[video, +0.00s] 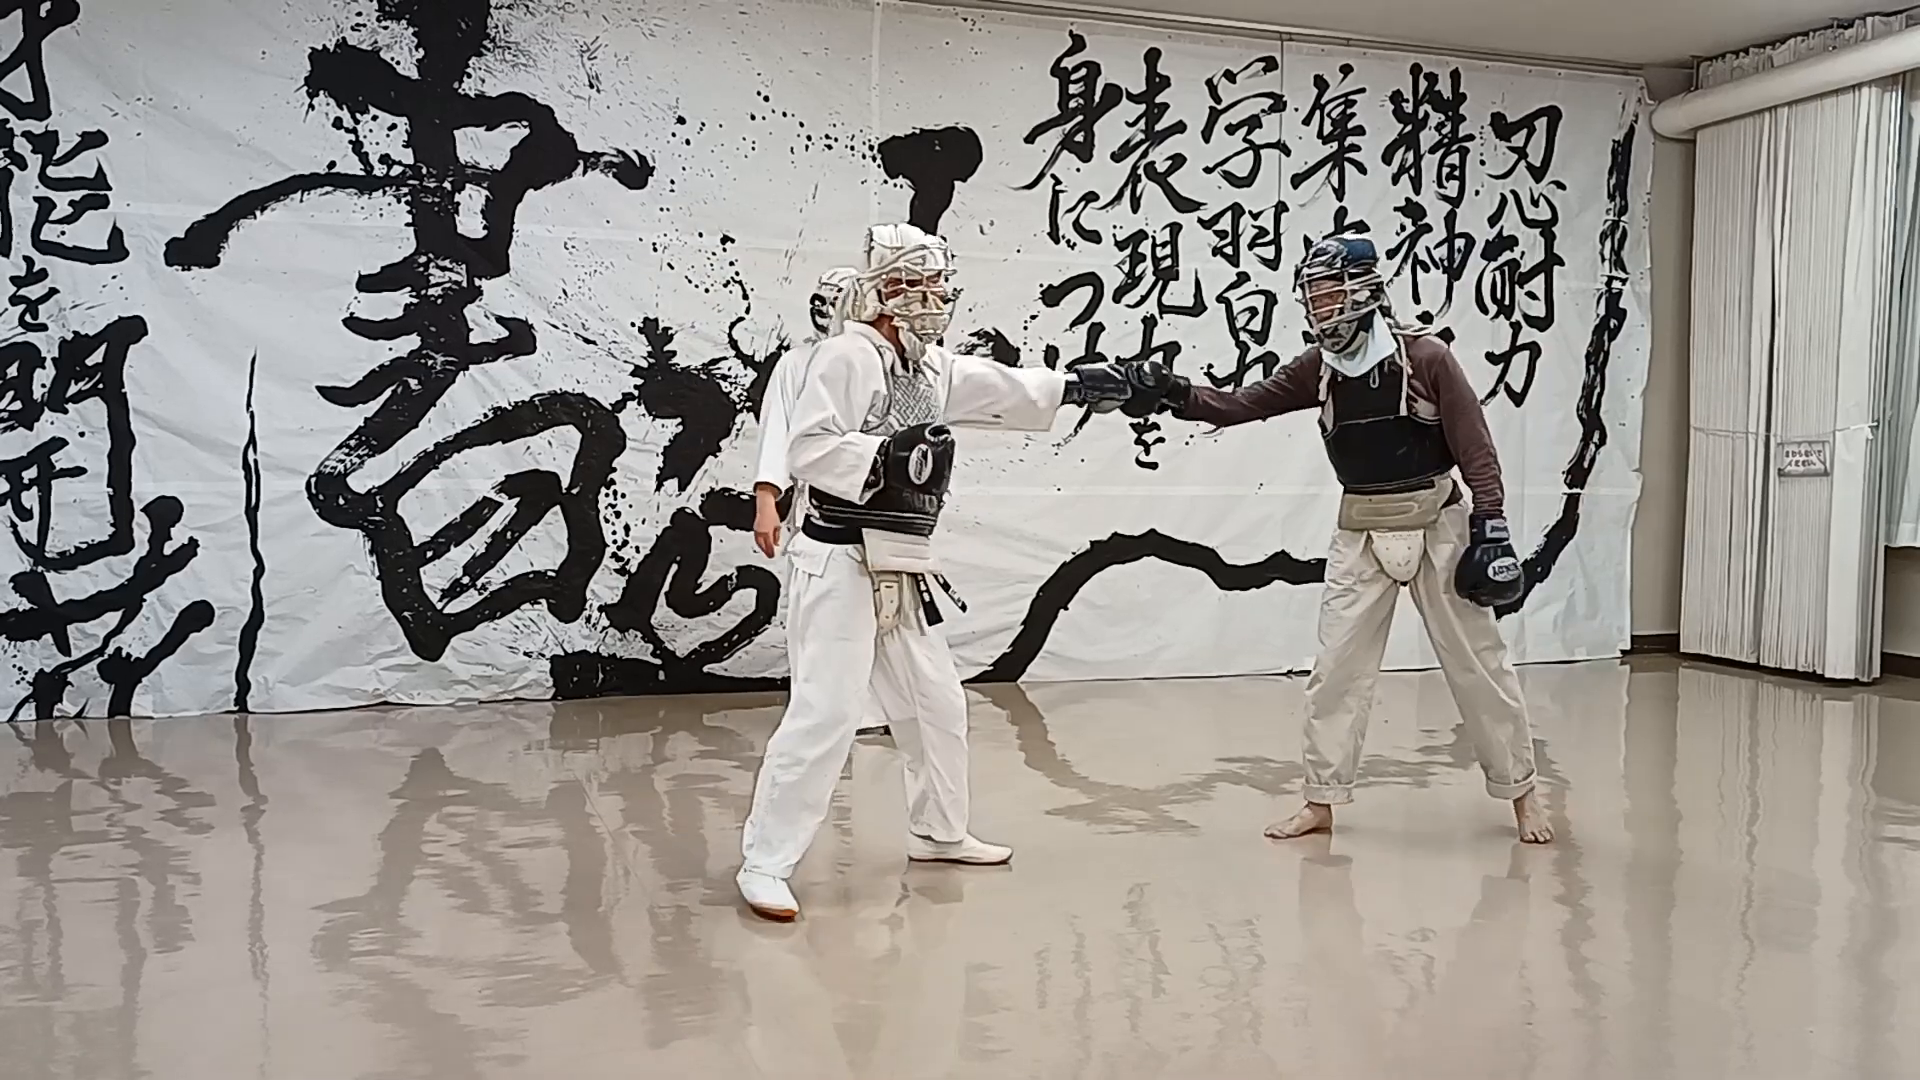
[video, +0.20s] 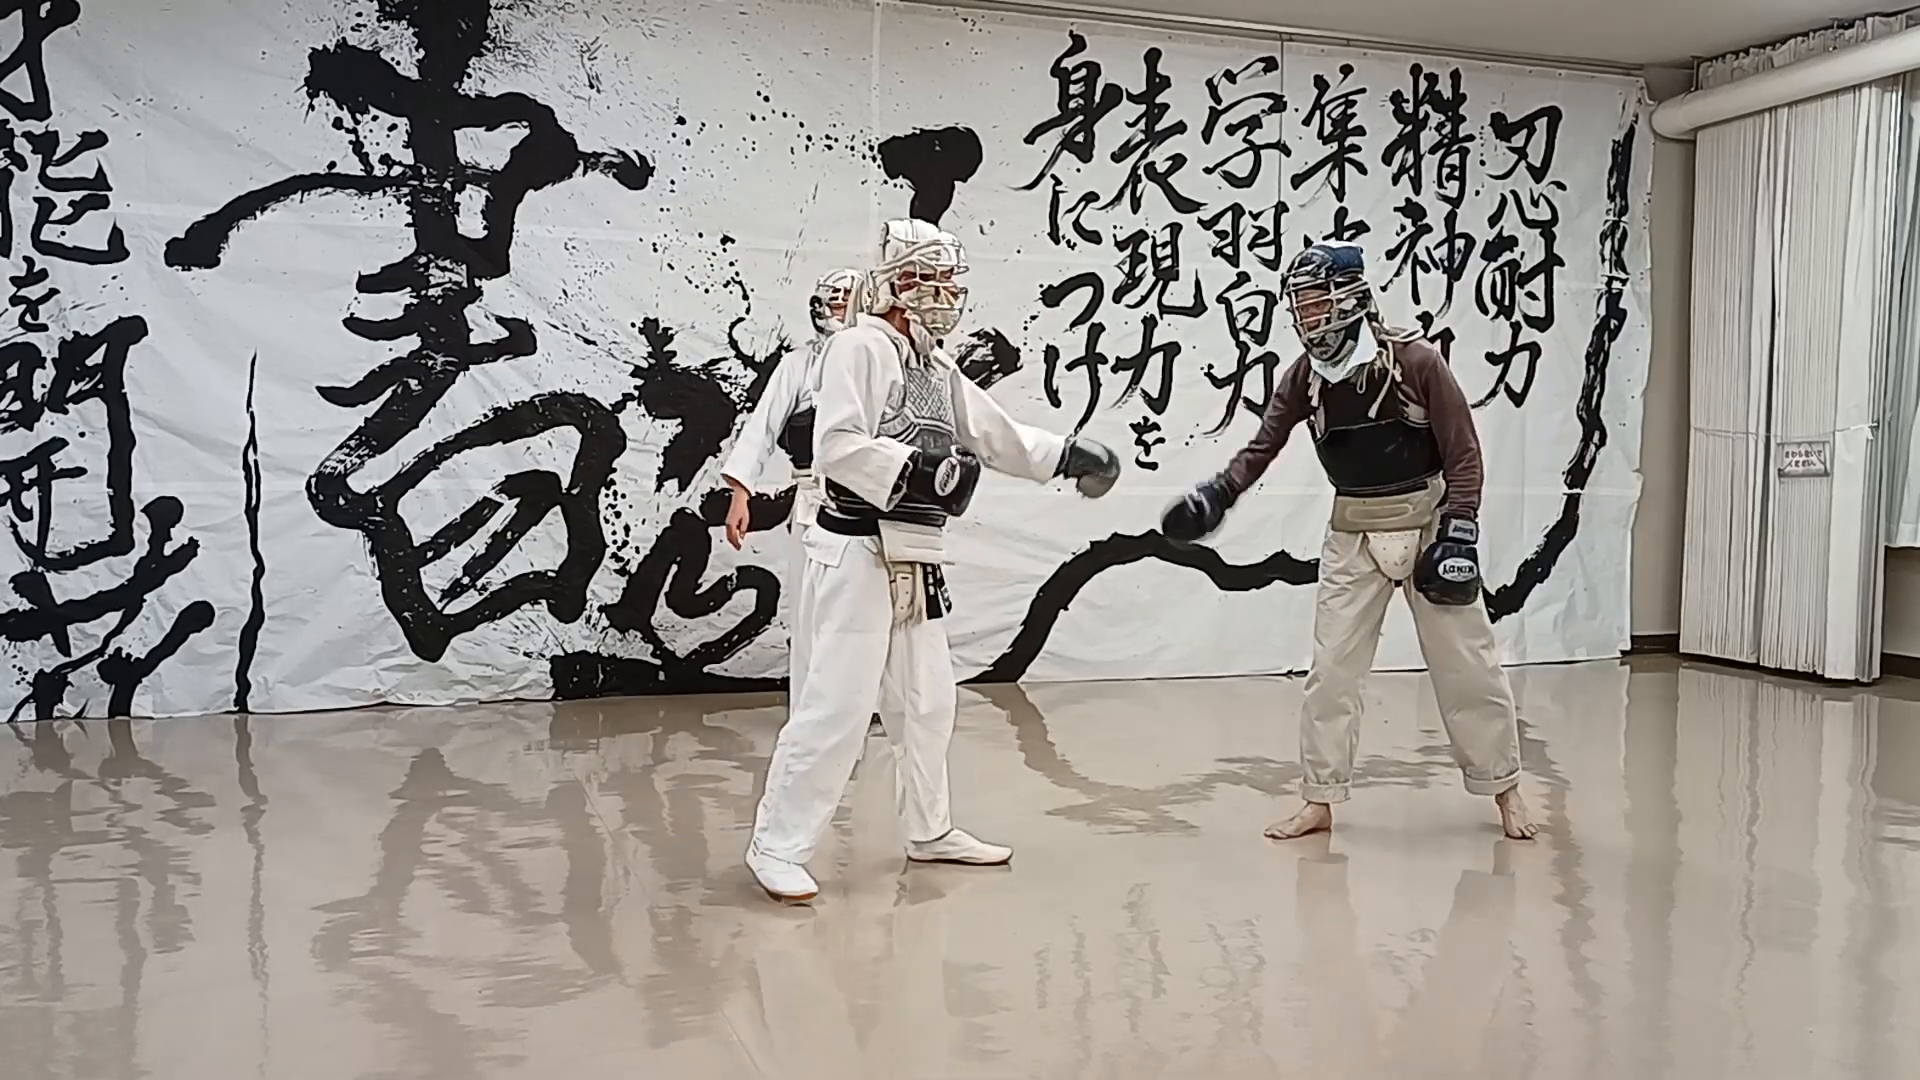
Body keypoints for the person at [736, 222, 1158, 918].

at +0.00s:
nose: (926, 298)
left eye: (932, 287)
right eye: (912, 285)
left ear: (937, 294)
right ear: (880, 289)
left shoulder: (935, 367)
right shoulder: (845, 353)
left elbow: (1020, 388)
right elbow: (806, 445)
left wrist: (1106, 384)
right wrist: (886, 460)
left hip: (896, 562)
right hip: (833, 558)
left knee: (936, 701)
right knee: (824, 714)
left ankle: (938, 835)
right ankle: (764, 867)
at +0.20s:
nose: (942, 297)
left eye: (948, 285)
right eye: (929, 284)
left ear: (950, 291)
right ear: (896, 286)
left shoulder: (939, 370)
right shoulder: (859, 346)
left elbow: (996, 435)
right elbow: (835, 443)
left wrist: (1067, 456)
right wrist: (920, 472)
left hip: (911, 552)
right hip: (848, 550)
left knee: (928, 701)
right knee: (835, 708)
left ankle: (929, 832)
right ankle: (777, 849)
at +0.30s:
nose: (933, 292)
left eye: (939, 280)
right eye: (918, 279)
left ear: (945, 286)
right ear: (885, 282)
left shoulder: (927, 367)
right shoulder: (855, 345)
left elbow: (963, 450)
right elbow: (842, 448)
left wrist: (1003, 513)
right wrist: (919, 505)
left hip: (906, 548)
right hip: (846, 548)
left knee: (926, 696)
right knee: (837, 705)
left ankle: (929, 831)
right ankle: (791, 848)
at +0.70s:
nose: (908, 308)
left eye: (916, 296)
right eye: (894, 295)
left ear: (923, 300)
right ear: (864, 296)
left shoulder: (905, 362)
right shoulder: (836, 357)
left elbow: (917, 451)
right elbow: (874, 447)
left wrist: (944, 509)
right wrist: (962, 442)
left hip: (897, 552)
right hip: (841, 559)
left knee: (938, 686)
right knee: (832, 715)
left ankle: (978, 807)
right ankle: (788, 853)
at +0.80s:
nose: (915, 314)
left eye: (923, 303)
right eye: (902, 301)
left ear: (932, 307)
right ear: (871, 301)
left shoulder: (905, 367)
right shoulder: (846, 362)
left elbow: (931, 445)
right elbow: (920, 422)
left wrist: (948, 493)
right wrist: (978, 374)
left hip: (901, 560)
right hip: (853, 563)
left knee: (932, 694)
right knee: (843, 715)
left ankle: (971, 814)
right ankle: (788, 853)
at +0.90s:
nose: (936, 317)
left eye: (942, 306)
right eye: (922, 304)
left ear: (948, 310)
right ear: (890, 305)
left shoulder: (919, 367)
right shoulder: (869, 363)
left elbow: (958, 432)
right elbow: (950, 409)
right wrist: (990, 348)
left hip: (918, 561)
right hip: (867, 565)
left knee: (945, 696)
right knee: (851, 716)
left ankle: (976, 819)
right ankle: (791, 852)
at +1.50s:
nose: (980, 338)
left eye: (987, 327)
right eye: (967, 324)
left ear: (995, 332)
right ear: (937, 326)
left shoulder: (972, 393)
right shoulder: (902, 379)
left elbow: (1018, 450)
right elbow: (964, 438)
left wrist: (1078, 421)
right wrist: (1022, 389)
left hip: (946, 572)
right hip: (889, 571)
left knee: (991, 690)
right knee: (885, 717)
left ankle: (1010, 813)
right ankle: (815, 846)